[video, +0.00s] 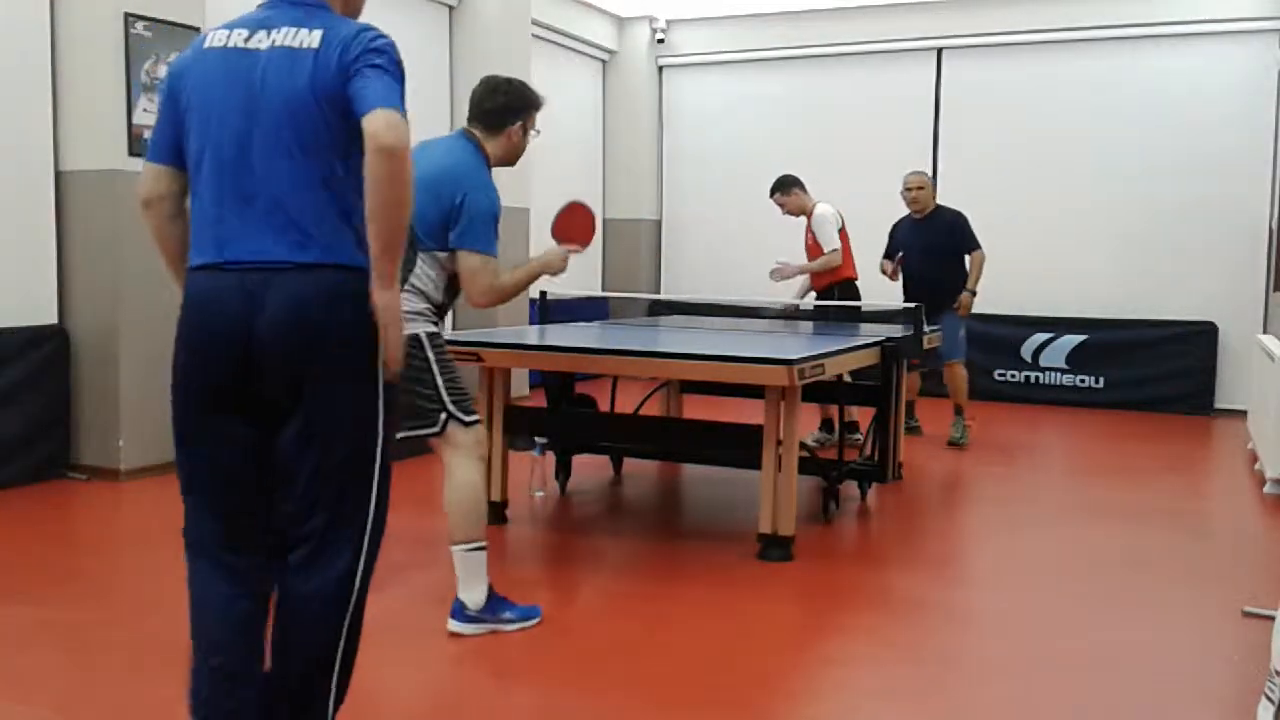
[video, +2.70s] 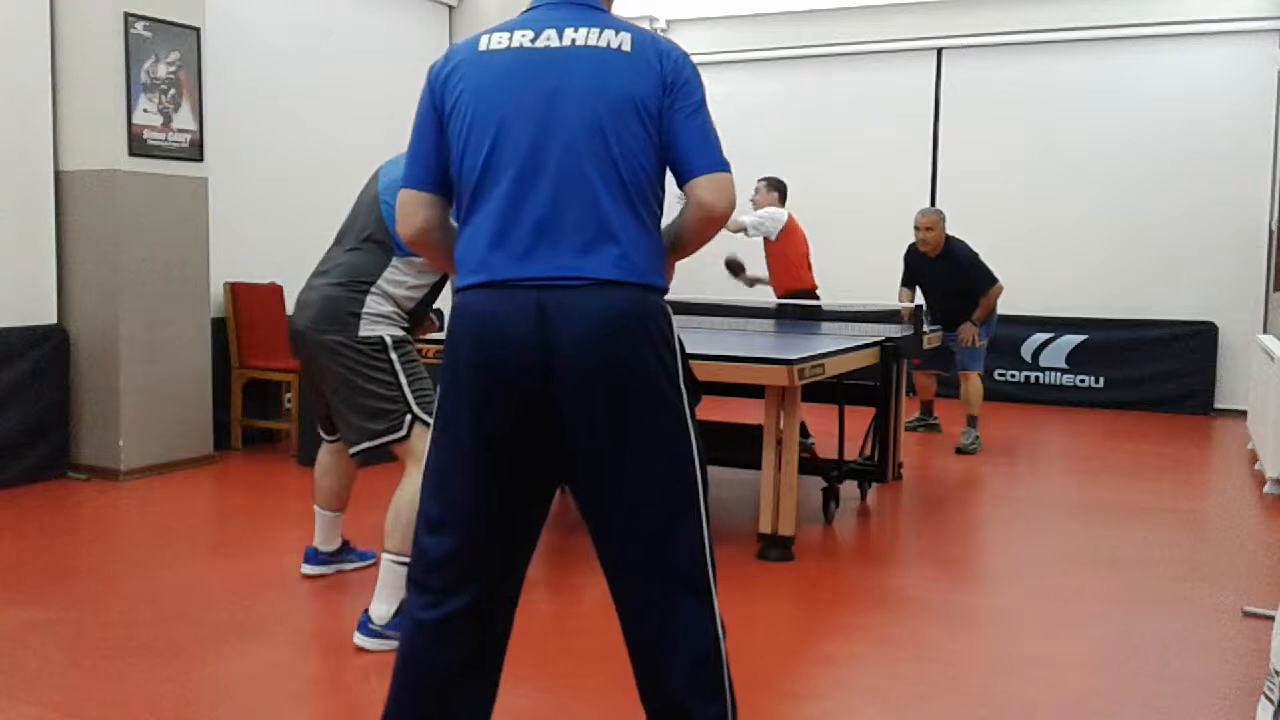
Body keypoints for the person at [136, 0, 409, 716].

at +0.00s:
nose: (362, 11)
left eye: (361, 5)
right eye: (362, 4)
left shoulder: (196, 54)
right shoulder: (358, 41)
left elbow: (158, 193)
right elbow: (387, 141)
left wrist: (202, 291)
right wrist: (386, 287)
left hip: (215, 305)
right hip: (323, 302)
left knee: (221, 541)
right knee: (330, 538)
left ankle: (224, 708)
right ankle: (301, 709)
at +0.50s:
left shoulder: (182, 56)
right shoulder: (358, 18)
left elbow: (136, 209)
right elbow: (400, 97)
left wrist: (118, 347)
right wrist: (381, 250)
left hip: (221, 313)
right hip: (350, 300)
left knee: (230, 558)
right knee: (380, 549)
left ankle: (230, 710)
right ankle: (381, 706)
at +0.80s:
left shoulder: (246, 46)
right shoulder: (444, 29)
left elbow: (184, 203)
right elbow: (518, 120)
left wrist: (162, 357)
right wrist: (483, 272)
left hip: (293, 341)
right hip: (426, 332)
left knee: (266, 598)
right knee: (464, 601)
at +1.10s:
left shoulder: (337, 33)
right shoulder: (542, 22)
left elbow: (286, 196)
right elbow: (617, 181)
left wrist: (280, 336)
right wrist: (582, 251)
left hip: (363, 323)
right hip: (502, 323)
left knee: (351, 584)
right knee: (520, 592)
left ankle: (331, 713)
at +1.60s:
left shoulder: (348, 57)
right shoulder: (536, 24)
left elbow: (309, 215)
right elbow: (591, 169)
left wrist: (374, 302)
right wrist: (564, 244)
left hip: (395, 329)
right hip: (526, 321)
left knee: (401, 591)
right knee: (601, 578)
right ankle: (609, 706)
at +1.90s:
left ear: (500, 2)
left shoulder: (441, 74)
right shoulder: (636, 50)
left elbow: (399, 234)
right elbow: (707, 183)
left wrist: (463, 293)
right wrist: (645, 250)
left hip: (482, 340)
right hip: (612, 337)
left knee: (445, 598)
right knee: (665, 591)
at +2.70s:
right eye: (621, 11)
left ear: (532, 2)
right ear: (607, 3)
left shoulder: (456, 64)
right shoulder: (658, 56)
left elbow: (417, 221)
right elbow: (714, 199)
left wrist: (487, 270)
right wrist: (657, 252)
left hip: (489, 331)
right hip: (617, 331)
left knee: (456, 579)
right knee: (663, 572)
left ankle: (423, 715)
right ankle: (695, 712)